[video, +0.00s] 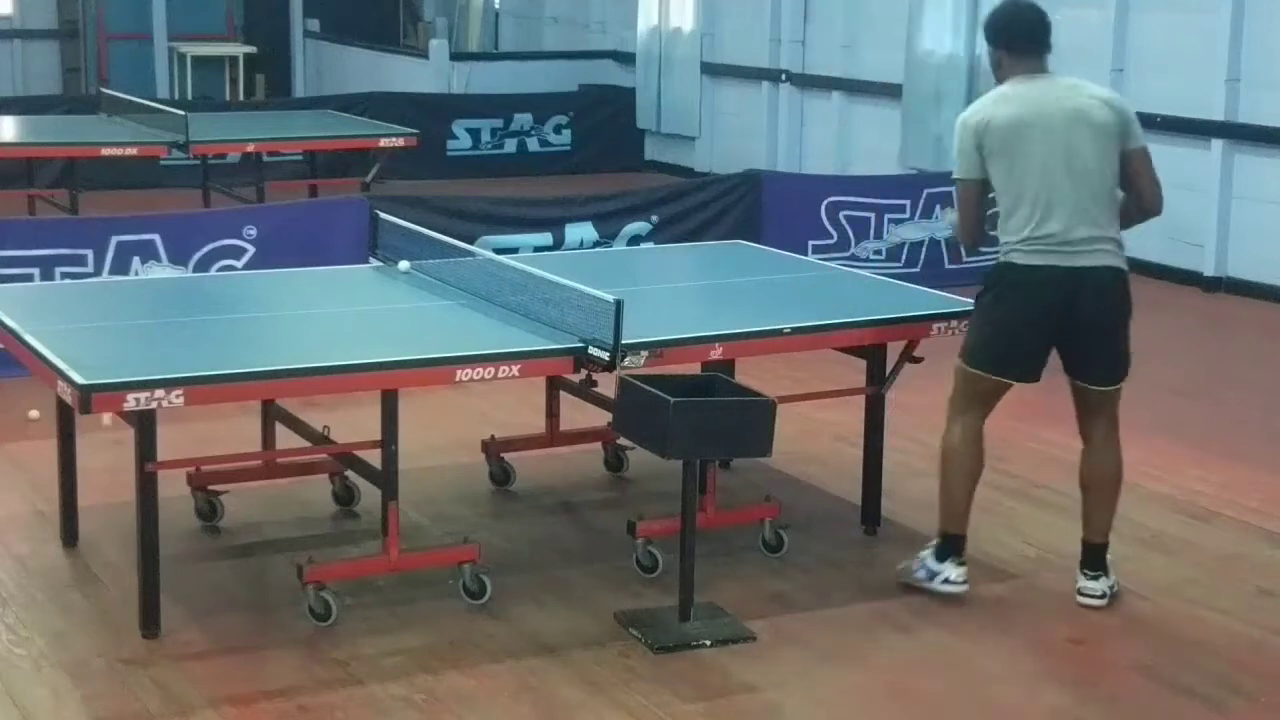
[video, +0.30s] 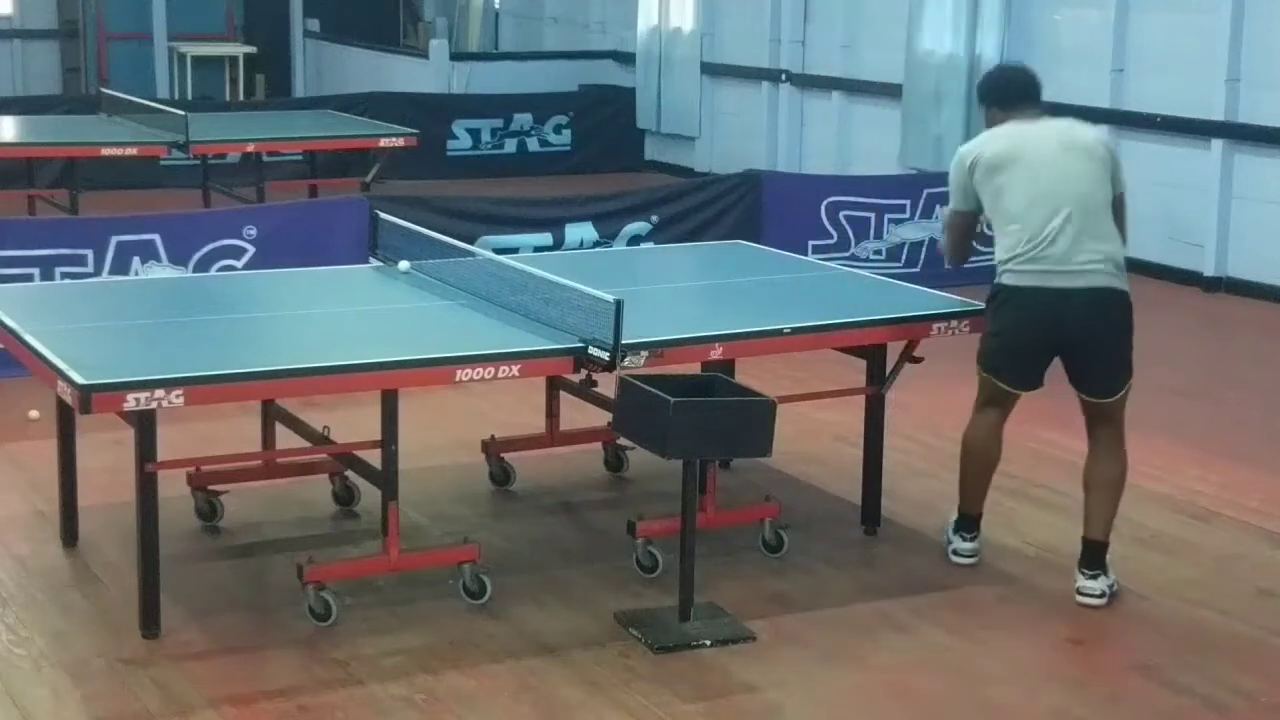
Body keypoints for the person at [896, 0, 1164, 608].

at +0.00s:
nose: (993, 61)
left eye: (991, 52)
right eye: (997, 51)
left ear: (995, 52)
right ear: (1049, 47)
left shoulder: (979, 118)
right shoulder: (1107, 104)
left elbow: (970, 234)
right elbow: (1148, 202)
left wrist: (995, 208)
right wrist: (1091, 221)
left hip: (1021, 290)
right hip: (1101, 292)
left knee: (966, 415)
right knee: (1100, 424)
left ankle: (948, 558)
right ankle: (1095, 571)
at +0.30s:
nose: (983, 120)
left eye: (983, 114)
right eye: (987, 115)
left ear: (989, 110)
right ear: (1040, 101)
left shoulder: (975, 153)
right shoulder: (1096, 139)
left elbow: (955, 253)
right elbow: (1117, 230)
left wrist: (973, 217)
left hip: (1023, 303)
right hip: (1102, 303)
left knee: (991, 409)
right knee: (1106, 429)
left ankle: (966, 531)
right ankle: (1093, 570)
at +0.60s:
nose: (952, 169)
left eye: (950, 163)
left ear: (954, 159)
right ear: (1003, 148)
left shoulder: (945, 185)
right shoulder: (1056, 170)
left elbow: (925, 285)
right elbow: (1080, 255)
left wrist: (927, 277)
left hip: (992, 311)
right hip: (1071, 311)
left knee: (972, 402)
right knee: (1090, 425)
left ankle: (964, 531)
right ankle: (1091, 556)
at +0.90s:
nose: (973, 135)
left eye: (974, 127)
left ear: (976, 126)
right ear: (1028, 123)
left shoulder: (956, 158)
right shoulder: (1072, 159)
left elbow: (913, 219)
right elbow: (1088, 253)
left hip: (986, 298)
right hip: (1063, 301)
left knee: (973, 401)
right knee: (1110, 428)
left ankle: (964, 531)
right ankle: (1139, 571)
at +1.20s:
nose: (1044, 99)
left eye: (1048, 92)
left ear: (1051, 97)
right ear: (1104, 106)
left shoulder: (1013, 134)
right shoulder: (1127, 153)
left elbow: (919, 175)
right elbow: (1151, 240)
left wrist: (896, 167)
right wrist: (1098, 250)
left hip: (1005, 289)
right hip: (1082, 296)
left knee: (985, 396)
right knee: (1124, 427)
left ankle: (964, 530)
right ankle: (1141, 577)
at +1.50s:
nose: (1062, 107)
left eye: (1065, 100)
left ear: (1066, 102)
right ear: (1120, 110)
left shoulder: (1030, 136)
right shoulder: (1143, 143)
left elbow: (941, 193)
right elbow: (1196, 226)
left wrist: (854, 209)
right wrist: (1168, 208)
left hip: (1047, 291)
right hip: (1127, 298)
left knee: (997, 393)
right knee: (1147, 432)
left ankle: (989, 526)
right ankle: (1144, 576)